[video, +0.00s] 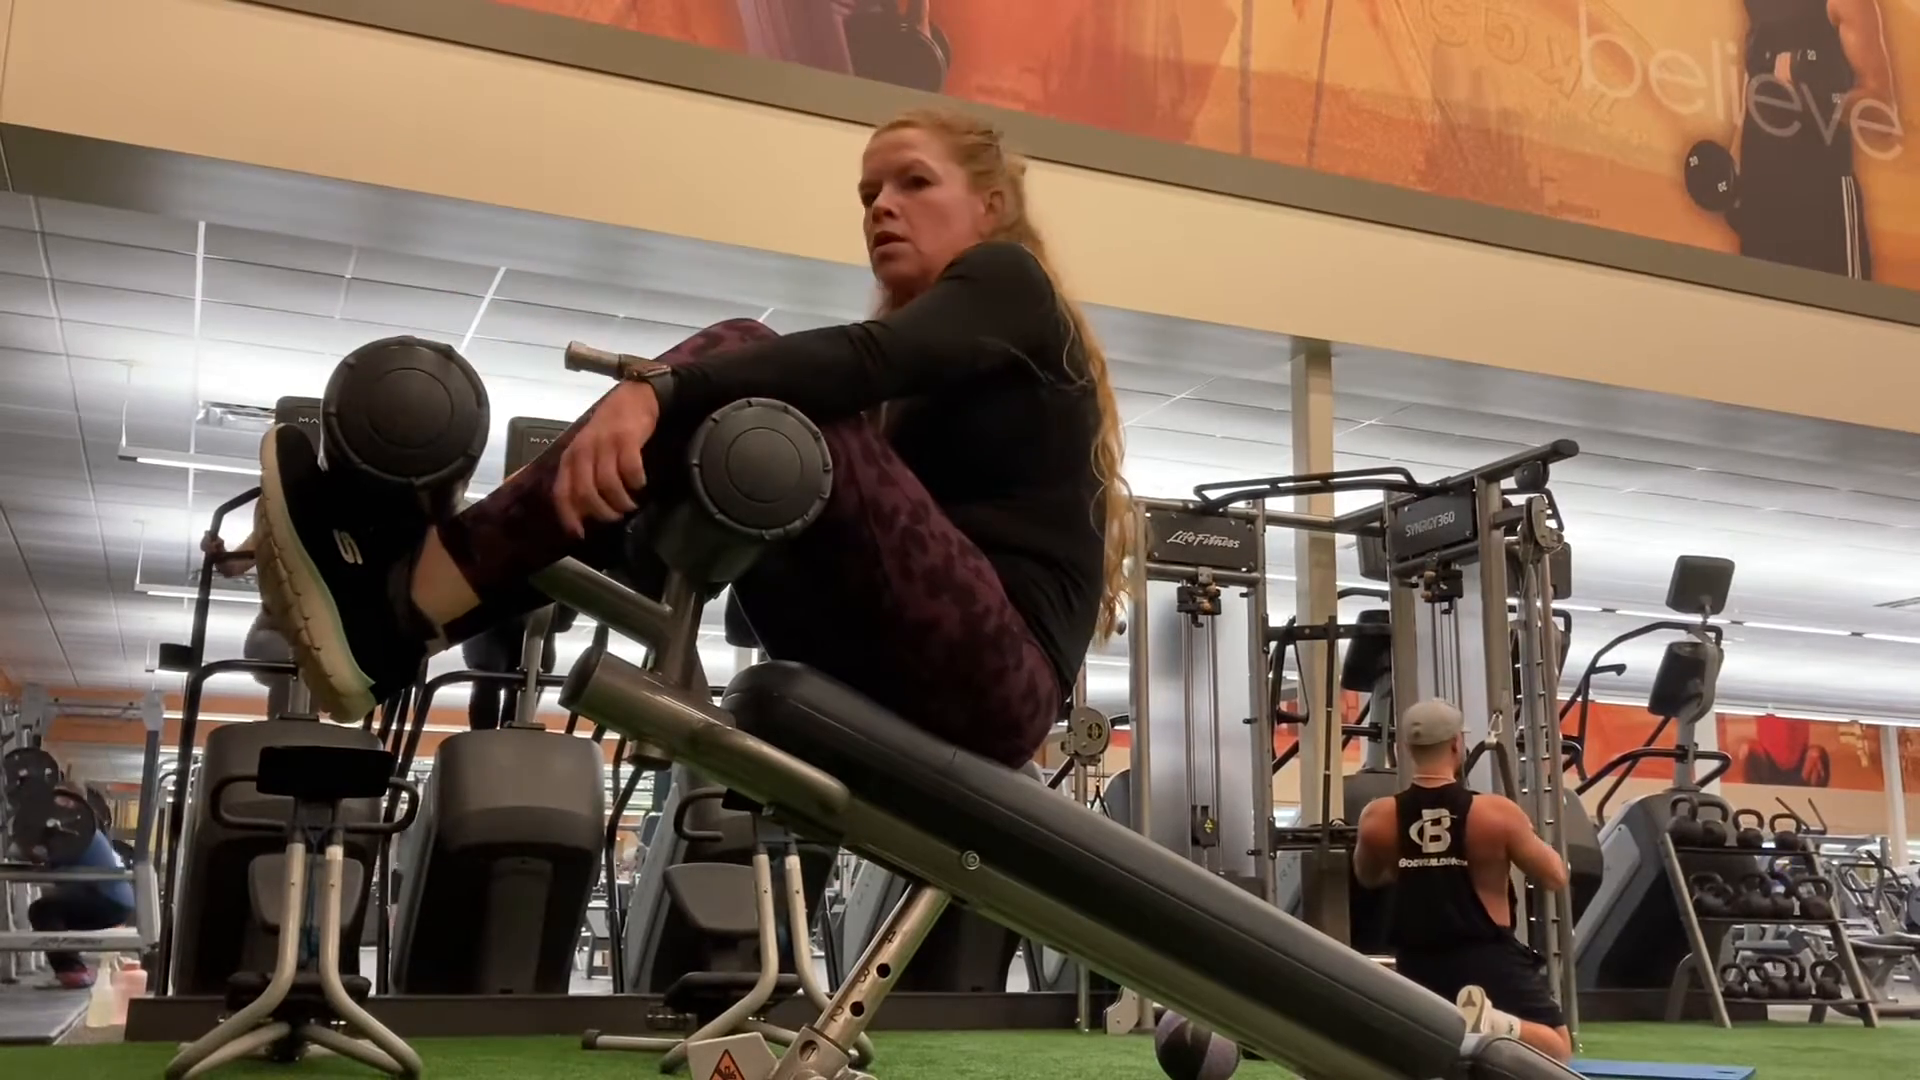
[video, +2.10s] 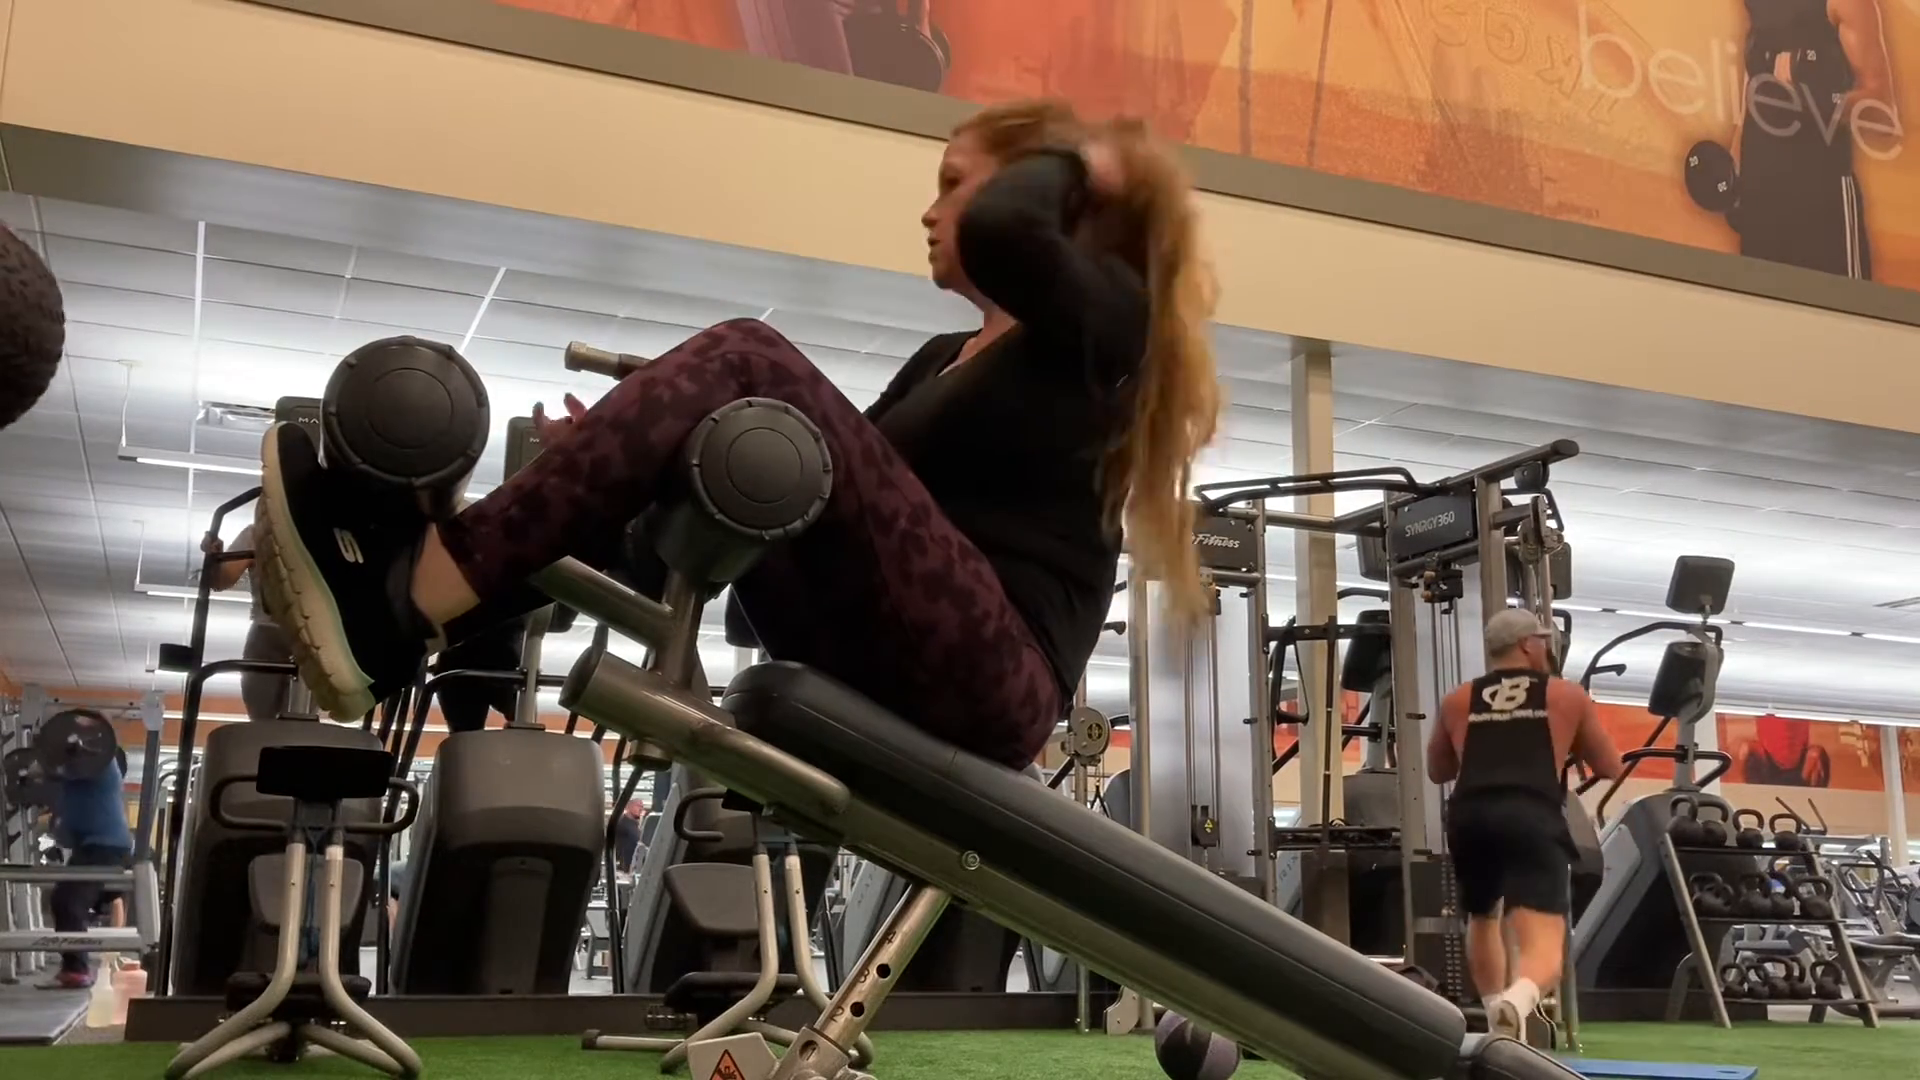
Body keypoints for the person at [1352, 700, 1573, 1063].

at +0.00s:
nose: (1464, 745)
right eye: (1462, 739)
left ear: (1406, 749)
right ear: (1456, 745)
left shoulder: (1378, 817)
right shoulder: (1497, 814)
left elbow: (1368, 875)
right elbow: (1555, 877)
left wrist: (1412, 853)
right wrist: (1530, 842)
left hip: (1416, 968)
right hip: (1490, 966)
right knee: (1561, 1049)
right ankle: (1493, 1022)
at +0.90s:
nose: (1532, 721)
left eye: (1530, 712)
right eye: (1527, 712)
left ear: (1475, 722)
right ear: (1508, 719)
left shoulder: (1440, 791)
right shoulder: (1557, 785)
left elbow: (1425, 866)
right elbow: (1603, 852)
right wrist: (1571, 797)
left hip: (1462, 939)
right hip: (1531, 940)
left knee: (1460, 1049)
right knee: (1565, 1051)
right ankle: (1499, 1021)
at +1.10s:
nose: (1556, 709)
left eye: (1554, 701)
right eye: (1553, 701)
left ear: (1500, 709)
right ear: (1539, 707)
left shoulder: (1465, 774)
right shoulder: (1587, 771)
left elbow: (1439, 835)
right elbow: (1622, 838)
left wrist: (1485, 805)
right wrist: (1586, 800)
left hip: (1478, 923)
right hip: (1550, 925)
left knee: (1453, 1029)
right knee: (1565, 1050)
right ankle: (1509, 1019)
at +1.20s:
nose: (1563, 704)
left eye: (1560, 697)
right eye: (1560, 697)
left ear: (1509, 707)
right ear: (1550, 705)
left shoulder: (1477, 769)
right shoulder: (1599, 768)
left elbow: (1441, 832)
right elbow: (1628, 834)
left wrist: (1478, 799)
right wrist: (1586, 801)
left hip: (1487, 906)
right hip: (1558, 916)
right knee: (1566, 1047)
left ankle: (1437, 995)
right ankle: (1511, 1019)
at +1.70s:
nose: (1564, 707)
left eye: (1563, 701)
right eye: (1561, 701)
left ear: (1510, 706)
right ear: (1547, 705)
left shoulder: (1473, 756)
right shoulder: (1591, 763)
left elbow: (1443, 803)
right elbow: (1619, 823)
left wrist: (1487, 793)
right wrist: (1592, 785)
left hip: (1481, 902)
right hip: (1550, 911)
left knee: (1464, 927)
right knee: (1565, 1048)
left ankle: (1492, 1029)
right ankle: (1526, 1018)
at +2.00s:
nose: (1549, 671)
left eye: (1547, 662)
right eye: (1545, 662)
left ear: (1495, 671)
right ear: (1528, 668)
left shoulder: (1458, 722)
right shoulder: (1573, 721)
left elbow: (1437, 789)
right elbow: (1613, 792)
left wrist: (1481, 768)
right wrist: (1582, 764)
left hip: (1467, 848)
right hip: (1531, 849)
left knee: (1478, 922)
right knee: (1542, 986)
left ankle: (1499, 1020)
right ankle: (1509, 1009)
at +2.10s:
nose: (1548, 650)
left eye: (1545, 641)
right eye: (1542, 642)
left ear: (1495, 651)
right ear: (1526, 646)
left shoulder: (1457, 699)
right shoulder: (1568, 695)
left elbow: (1438, 771)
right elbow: (1610, 768)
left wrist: (1479, 748)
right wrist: (1584, 754)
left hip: (1470, 817)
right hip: (1533, 815)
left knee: (1483, 920)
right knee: (1543, 948)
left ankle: (1500, 1030)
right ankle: (1513, 1003)